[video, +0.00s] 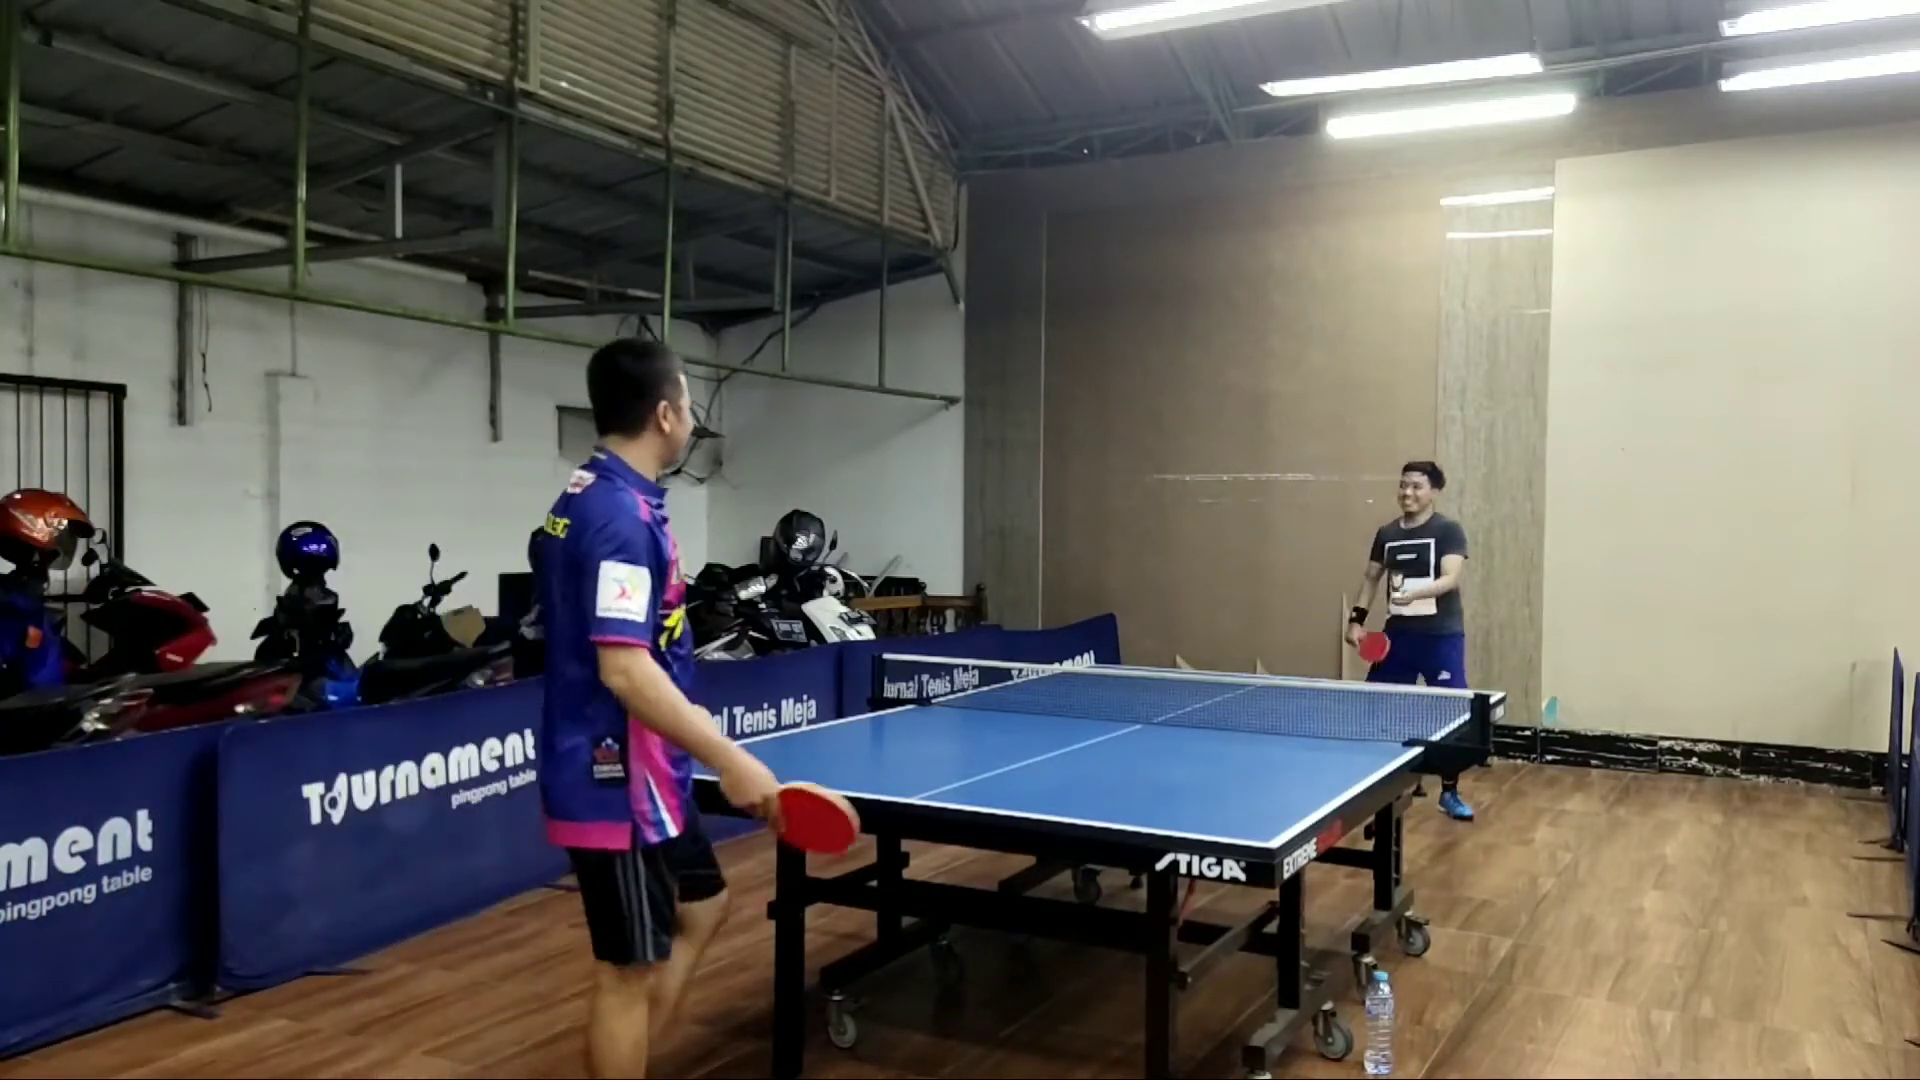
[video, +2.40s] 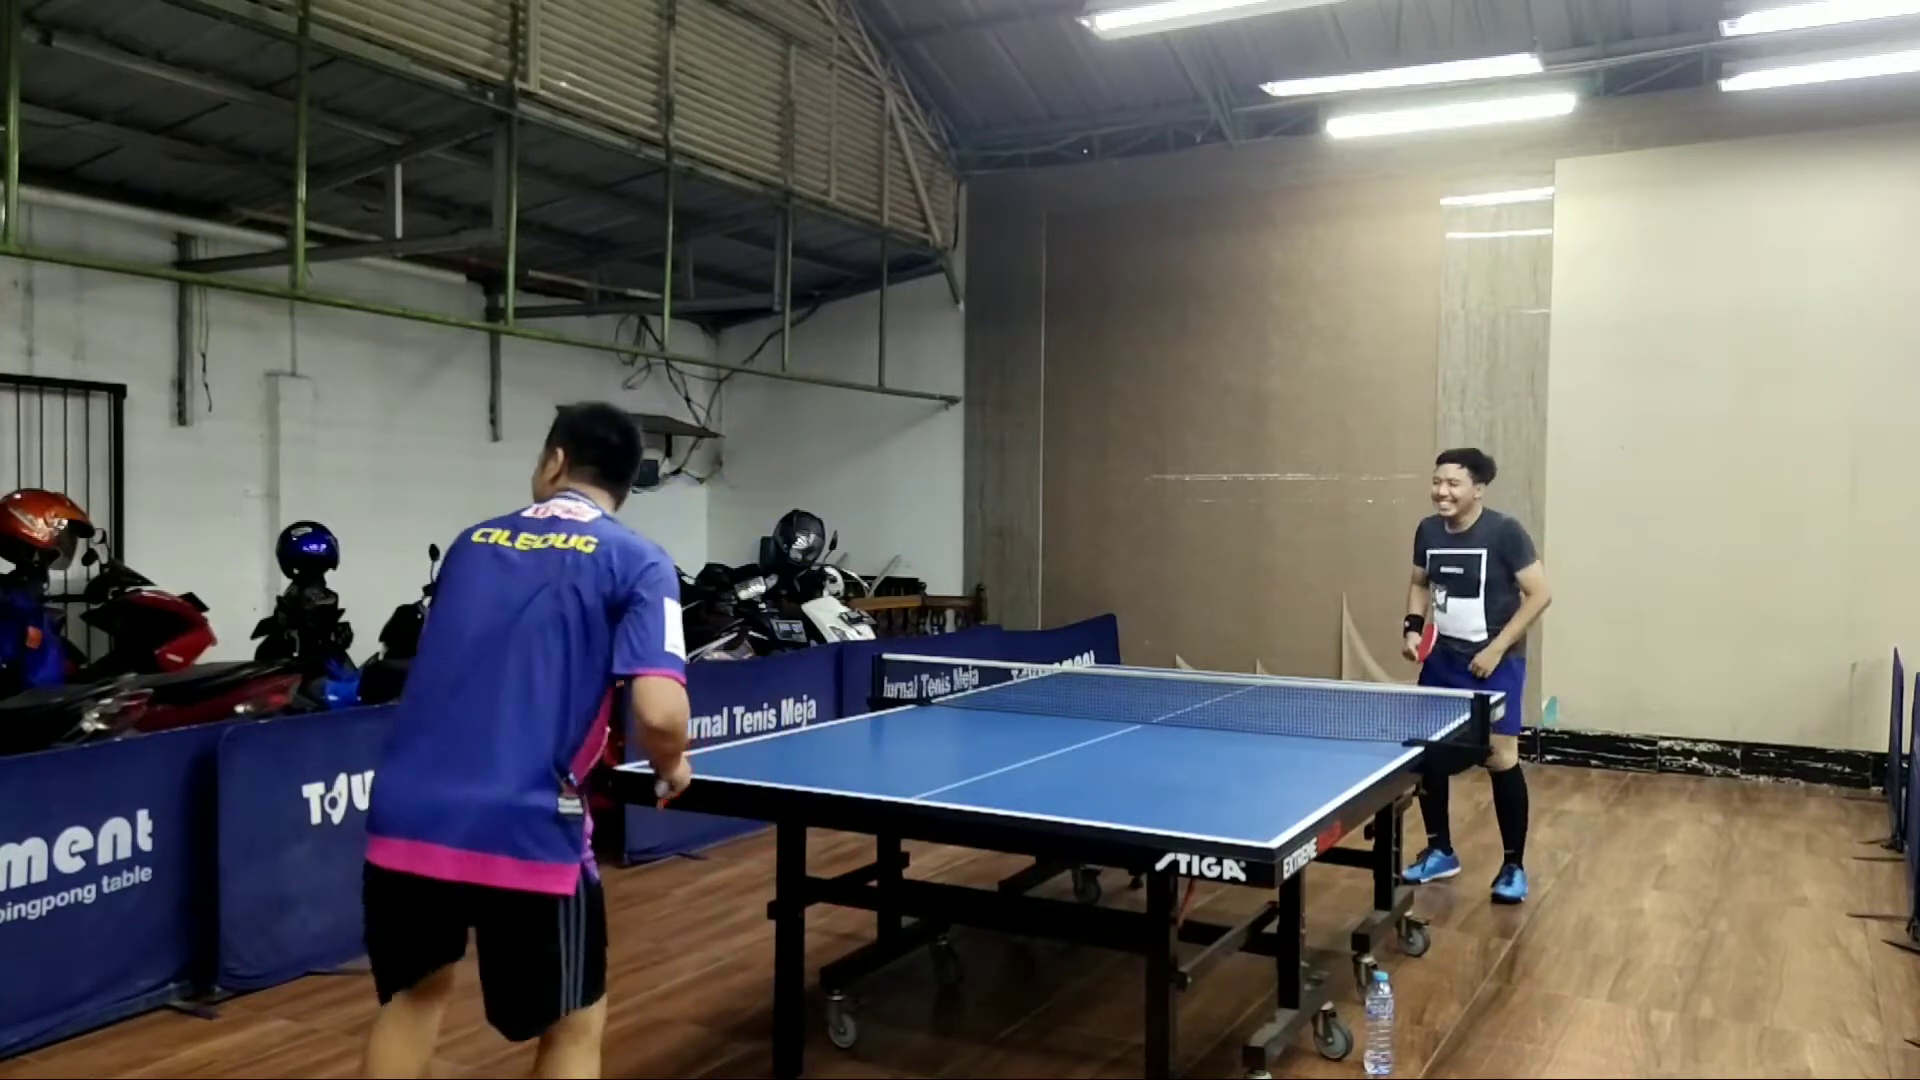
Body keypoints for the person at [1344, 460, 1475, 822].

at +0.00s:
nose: (1407, 492)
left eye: (1416, 486)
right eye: (1403, 486)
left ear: (1434, 492)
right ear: (1398, 491)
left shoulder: (1449, 531)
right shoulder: (1388, 534)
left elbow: (1451, 579)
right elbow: (1371, 579)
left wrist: (1415, 592)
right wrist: (1357, 619)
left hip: (1442, 640)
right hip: (1398, 639)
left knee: (1452, 711)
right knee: (1377, 707)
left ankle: (1449, 791)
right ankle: (1387, 785)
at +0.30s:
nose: (1440, 488)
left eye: (1449, 482)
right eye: (1436, 481)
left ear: (1467, 488)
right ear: (1429, 486)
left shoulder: (1483, 528)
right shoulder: (1413, 529)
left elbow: (1494, 581)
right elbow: (1391, 573)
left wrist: (1474, 626)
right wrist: (1378, 572)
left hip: (1467, 634)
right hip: (1422, 634)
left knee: (1466, 712)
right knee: (1419, 709)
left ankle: (1452, 791)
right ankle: (1423, 792)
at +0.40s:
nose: (1445, 492)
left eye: (1454, 486)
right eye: (1440, 484)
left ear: (1471, 492)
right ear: (1432, 489)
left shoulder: (1489, 530)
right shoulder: (1416, 533)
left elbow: (1503, 586)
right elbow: (1391, 580)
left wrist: (1513, 639)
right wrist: (1380, 570)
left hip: (1477, 641)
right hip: (1432, 639)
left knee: (1471, 716)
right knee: (1434, 713)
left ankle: (1453, 792)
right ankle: (1440, 797)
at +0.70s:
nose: (1448, 509)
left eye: (1455, 500)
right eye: (1440, 502)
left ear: (1470, 497)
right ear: (1433, 505)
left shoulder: (1498, 528)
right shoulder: (1427, 545)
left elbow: (1530, 569)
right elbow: (1414, 597)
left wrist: (1561, 608)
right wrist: (1411, 628)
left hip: (1493, 647)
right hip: (1447, 649)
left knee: (1501, 730)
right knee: (1454, 731)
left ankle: (1465, 786)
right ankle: (1465, 821)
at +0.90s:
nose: (1464, 499)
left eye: (1472, 490)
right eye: (1456, 491)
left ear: (1489, 490)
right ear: (1448, 492)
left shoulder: (1507, 522)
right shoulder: (1433, 538)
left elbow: (1524, 576)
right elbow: (1430, 598)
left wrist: (1541, 631)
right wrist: (1439, 651)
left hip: (1501, 638)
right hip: (1453, 643)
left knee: (1515, 718)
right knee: (1454, 729)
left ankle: (1499, 810)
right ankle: (1465, 819)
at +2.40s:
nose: (1442, 490)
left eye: (1452, 482)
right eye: (1438, 482)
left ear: (1478, 488)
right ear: (1433, 486)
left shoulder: (1504, 532)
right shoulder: (1429, 531)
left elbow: (1539, 593)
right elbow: (1420, 584)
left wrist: (1498, 647)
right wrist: (1412, 626)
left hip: (1496, 665)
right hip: (1442, 660)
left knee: (1501, 758)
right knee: (1429, 754)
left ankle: (1513, 866)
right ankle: (1439, 850)